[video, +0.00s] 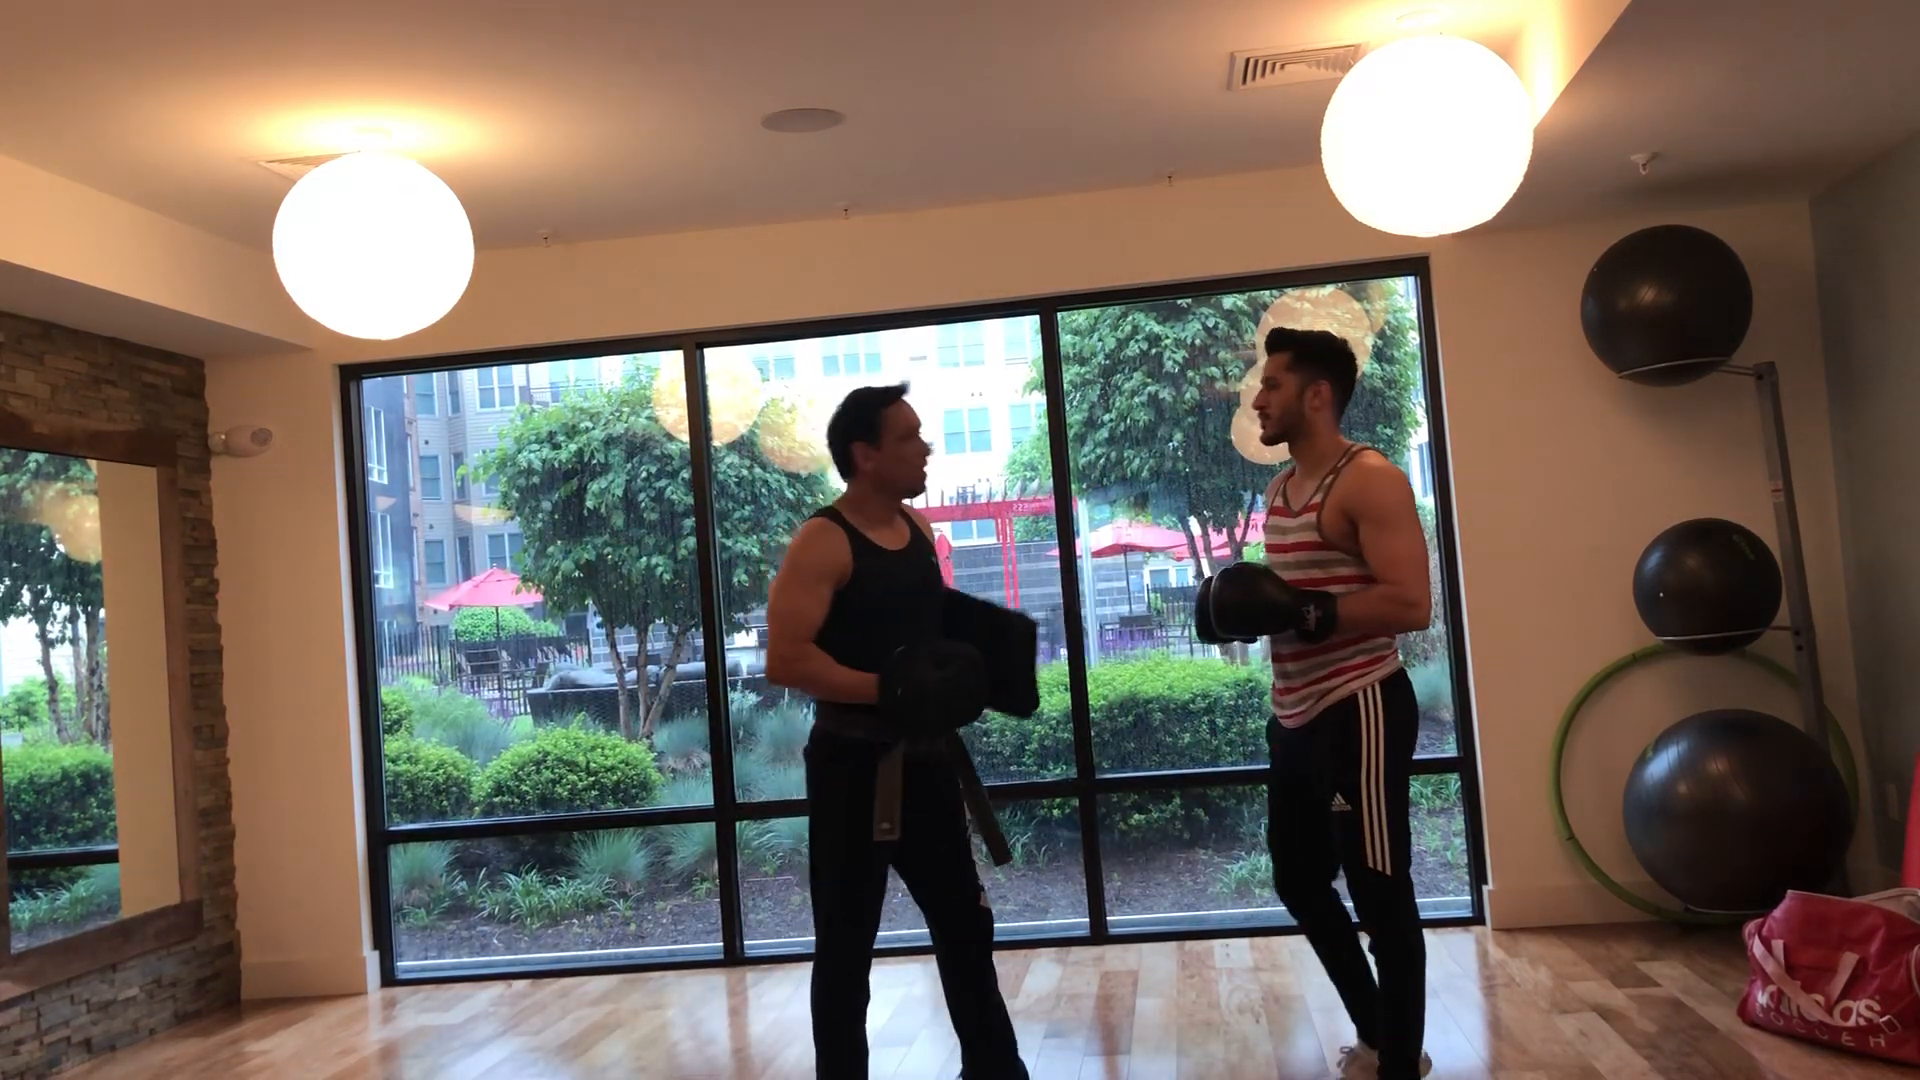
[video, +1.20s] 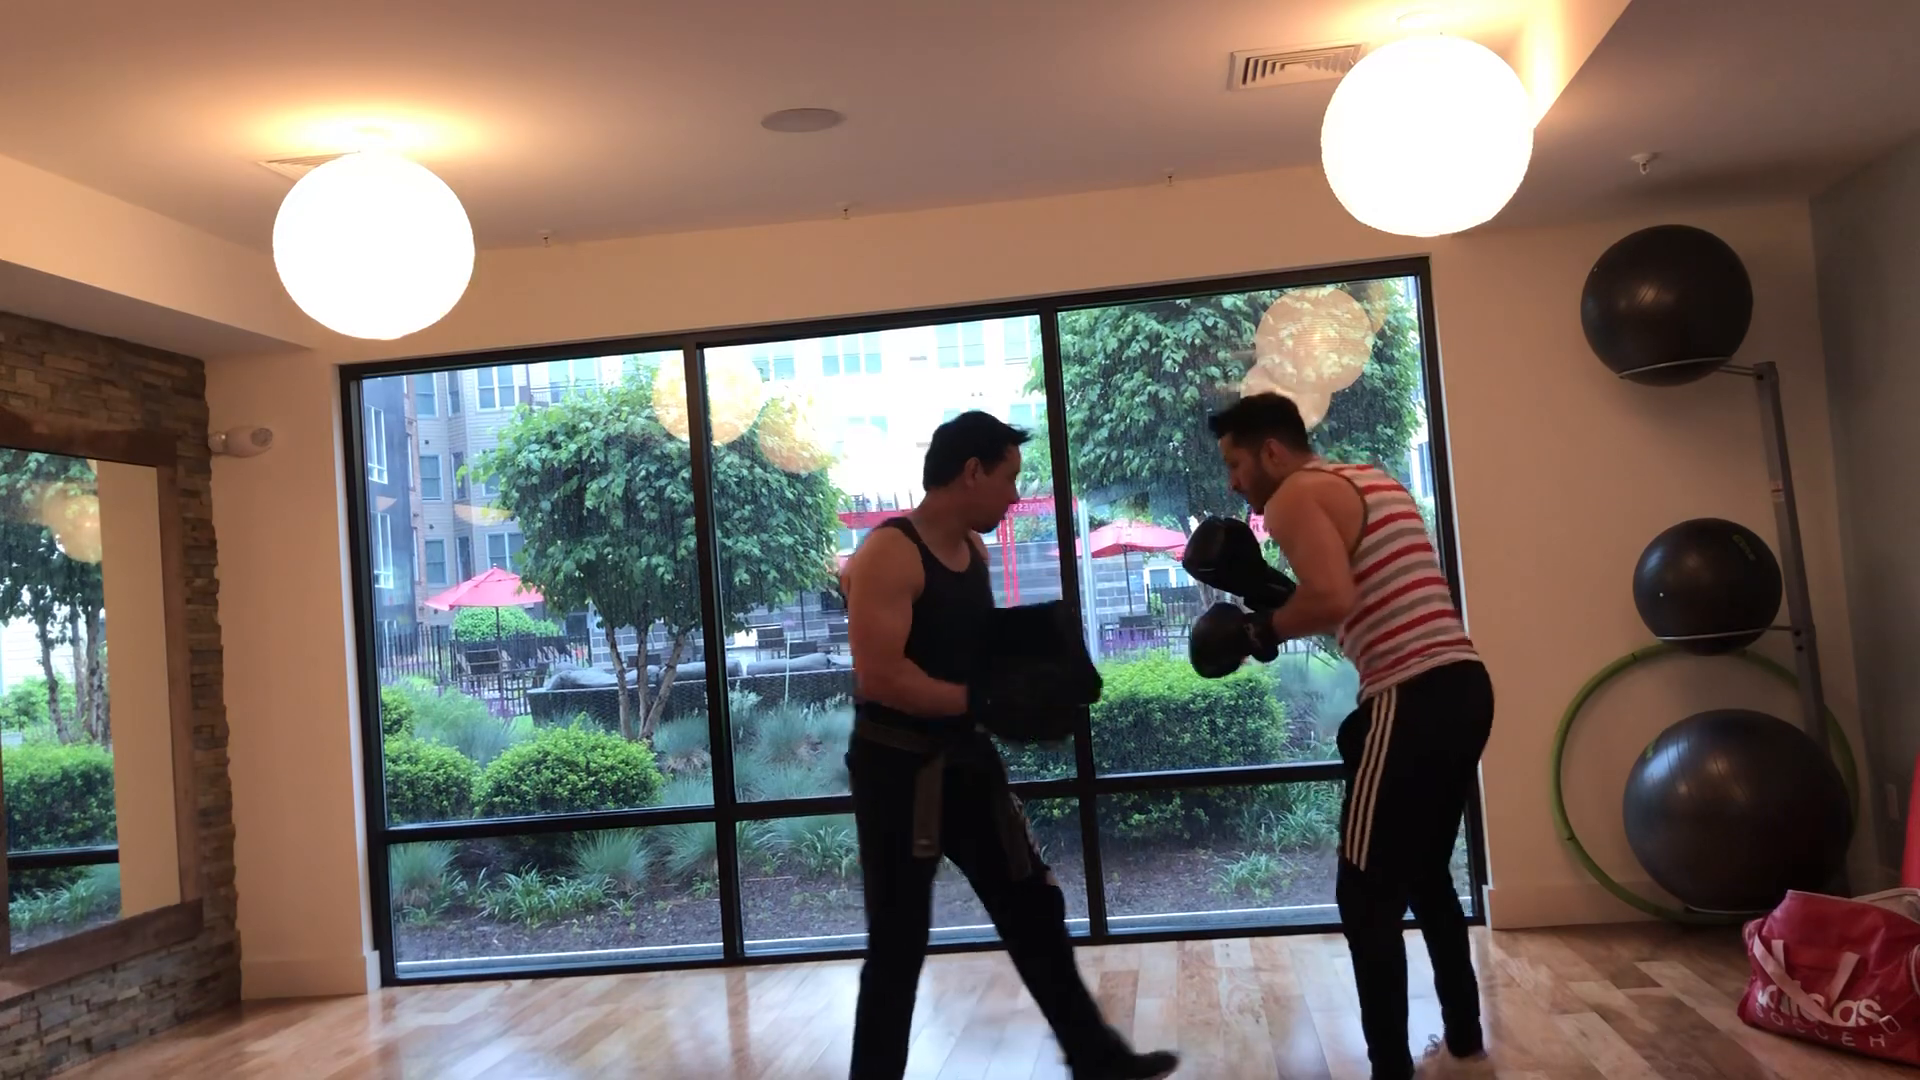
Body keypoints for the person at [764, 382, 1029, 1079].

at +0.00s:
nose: (926, 448)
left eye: (921, 435)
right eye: (910, 439)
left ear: (883, 457)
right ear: (862, 456)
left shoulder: (916, 531)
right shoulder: (820, 541)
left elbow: (923, 634)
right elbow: (784, 659)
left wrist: (985, 660)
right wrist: (894, 686)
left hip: (925, 754)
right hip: (848, 763)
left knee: (965, 930)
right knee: (844, 950)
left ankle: (996, 1074)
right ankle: (842, 1079)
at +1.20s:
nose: (1015, 495)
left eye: (1017, 480)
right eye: (1011, 478)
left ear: (972, 474)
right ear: (971, 471)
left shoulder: (969, 549)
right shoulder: (888, 550)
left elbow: (971, 650)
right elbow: (877, 674)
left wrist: (1035, 678)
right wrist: (982, 700)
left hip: (964, 754)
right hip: (895, 760)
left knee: (1030, 909)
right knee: (898, 942)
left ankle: (1098, 1059)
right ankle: (873, 1076)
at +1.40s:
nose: (1052, 501)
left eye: (1053, 486)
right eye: (1046, 485)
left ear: (1007, 482)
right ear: (1007, 481)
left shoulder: (1011, 559)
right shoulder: (932, 560)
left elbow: (1028, 659)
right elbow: (877, 660)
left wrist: (1087, 603)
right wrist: (984, 676)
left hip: (1025, 769)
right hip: (959, 776)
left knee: (1100, 915)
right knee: (954, 954)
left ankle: (1137, 1065)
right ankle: (890, 1077)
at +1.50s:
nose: (1077, 492)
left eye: (1078, 478)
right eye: (1070, 478)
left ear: (1028, 479)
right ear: (1030, 476)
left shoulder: (1029, 560)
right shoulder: (966, 547)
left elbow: (1068, 649)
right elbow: (938, 631)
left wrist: (1119, 590)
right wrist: (1038, 611)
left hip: (1047, 763)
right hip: (991, 767)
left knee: (1124, 907)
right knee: (991, 947)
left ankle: (1143, 1061)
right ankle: (896, 1074)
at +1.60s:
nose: (1096, 488)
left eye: (1097, 475)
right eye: (1088, 473)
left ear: (1048, 473)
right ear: (1046, 469)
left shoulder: (1047, 541)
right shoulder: (1013, 528)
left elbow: (1093, 660)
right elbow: (1073, 590)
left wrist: (1175, 600)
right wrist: (1144, 549)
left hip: (1053, 754)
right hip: (1011, 754)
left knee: (1113, 909)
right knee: (1007, 931)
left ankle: (1142, 1060)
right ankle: (902, 1072)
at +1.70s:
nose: (1110, 483)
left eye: (1111, 470)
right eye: (1101, 469)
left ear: (1048, 472)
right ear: (1054, 466)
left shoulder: (1005, 544)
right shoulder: (1068, 520)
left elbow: (1048, 662)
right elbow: (1189, 524)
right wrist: (1287, 517)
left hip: (1027, 749)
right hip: (1022, 752)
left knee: (1098, 909)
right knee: (1002, 929)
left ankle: (1139, 1062)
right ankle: (912, 1072)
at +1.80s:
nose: (1124, 483)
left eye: (1126, 470)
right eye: (1114, 470)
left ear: (1065, 473)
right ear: (1065, 468)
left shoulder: (1017, 539)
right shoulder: (1092, 527)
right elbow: (1204, 553)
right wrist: (1288, 551)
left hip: (1019, 745)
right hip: (1033, 750)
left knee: (1094, 908)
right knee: (1011, 928)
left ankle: (1139, 1061)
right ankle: (920, 1072)